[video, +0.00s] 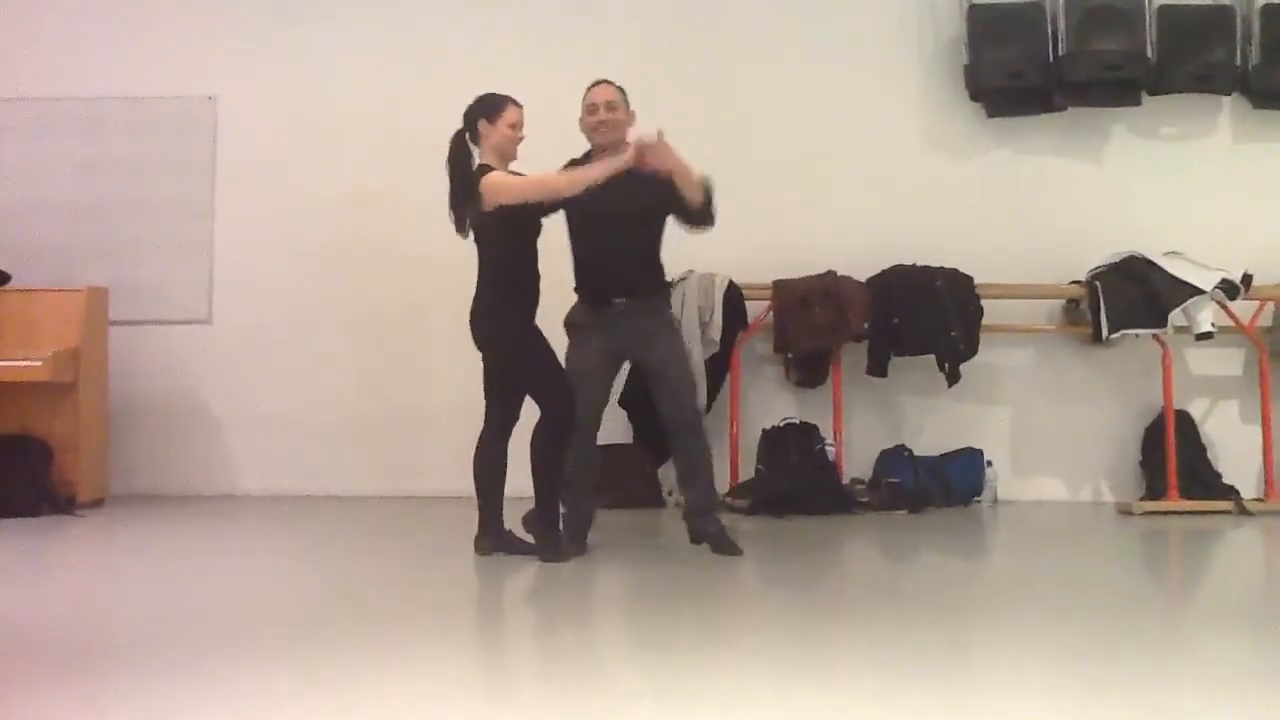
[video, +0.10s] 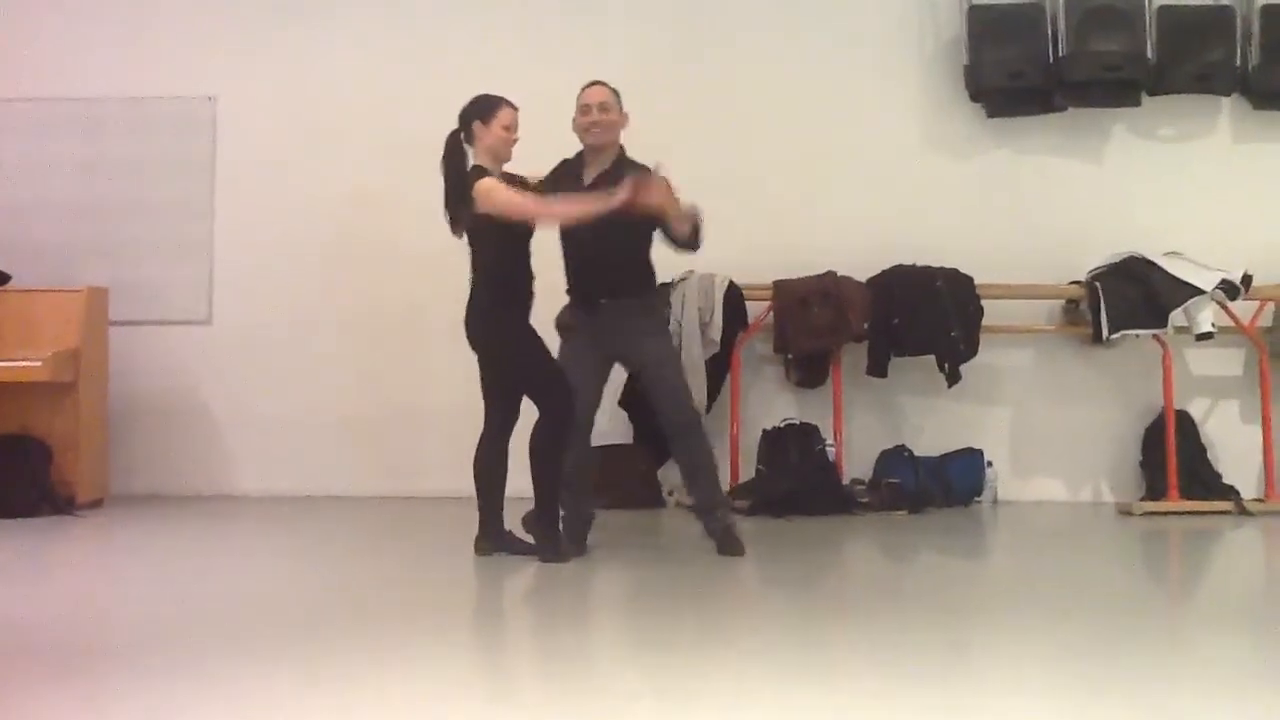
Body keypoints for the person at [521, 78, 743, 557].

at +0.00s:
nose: (601, 115)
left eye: (611, 108)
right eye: (592, 109)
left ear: (630, 117)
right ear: (580, 122)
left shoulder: (654, 170)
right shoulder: (571, 176)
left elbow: (701, 217)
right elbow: (530, 206)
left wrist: (678, 167)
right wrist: (490, 196)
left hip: (652, 315)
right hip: (594, 318)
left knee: (683, 414)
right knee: (578, 422)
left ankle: (704, 520)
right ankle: (572, 529)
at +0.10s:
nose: (593, 117)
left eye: (604, 109)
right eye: (585, 110)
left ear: (623, 120)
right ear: (574, 122)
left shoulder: (643, 180)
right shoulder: (559, 181)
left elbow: (689, 240)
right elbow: (519, 216)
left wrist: (673, 210)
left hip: (642, 315)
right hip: (585, 319)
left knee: (679, 415)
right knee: (572, 419)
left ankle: (718, 519)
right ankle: (572, 529)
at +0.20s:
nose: (583, 119)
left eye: (593, 112)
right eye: (575, 113)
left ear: (613, 123)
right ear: (565, 124)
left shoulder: (638, 189)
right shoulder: (554, 182)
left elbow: (662, 258)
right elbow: (516, 220)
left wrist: (623, 263)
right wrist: (481, 193)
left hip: (626, 319)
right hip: (571, 321)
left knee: (664, 412)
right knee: (562, 417)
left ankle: (717, 508)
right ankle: (571, 527)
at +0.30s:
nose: (581, 119)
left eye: (592, 112)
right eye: (573, 112)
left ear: (611, 123)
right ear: (563, 124)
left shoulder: (635, 188)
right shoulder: (554, 181)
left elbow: (648, 260)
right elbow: (521, 226)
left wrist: (595, 268)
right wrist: (480, 203)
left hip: (621, 316)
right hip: (567, 318)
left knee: (641, 406)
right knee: (562, 419)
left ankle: (692, 487)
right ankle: (571, 523)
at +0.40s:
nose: (579, 121)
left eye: (589, 113)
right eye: (571, 114)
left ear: (608, 125)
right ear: (561, 126)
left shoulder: (630, 187)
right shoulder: (549, 186)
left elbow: (626, 255)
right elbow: (532, 238)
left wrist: (573, 248)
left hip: (617, 315)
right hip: (565, 315)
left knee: (618, 407)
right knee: (560, 418)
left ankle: (650, 471)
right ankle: (570, 522)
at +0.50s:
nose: (576, 120)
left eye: (587, 113)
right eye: (568, 114)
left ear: (606, 126)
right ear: (558, 128)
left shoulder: (625, 183)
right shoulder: (550, 187)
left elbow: (615, 241)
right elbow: (525, 245)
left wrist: (548, 206)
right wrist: (484, 228)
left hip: (615, 319)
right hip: (562, 319)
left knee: (600, 415)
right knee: (556, 417)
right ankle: (567, 519)